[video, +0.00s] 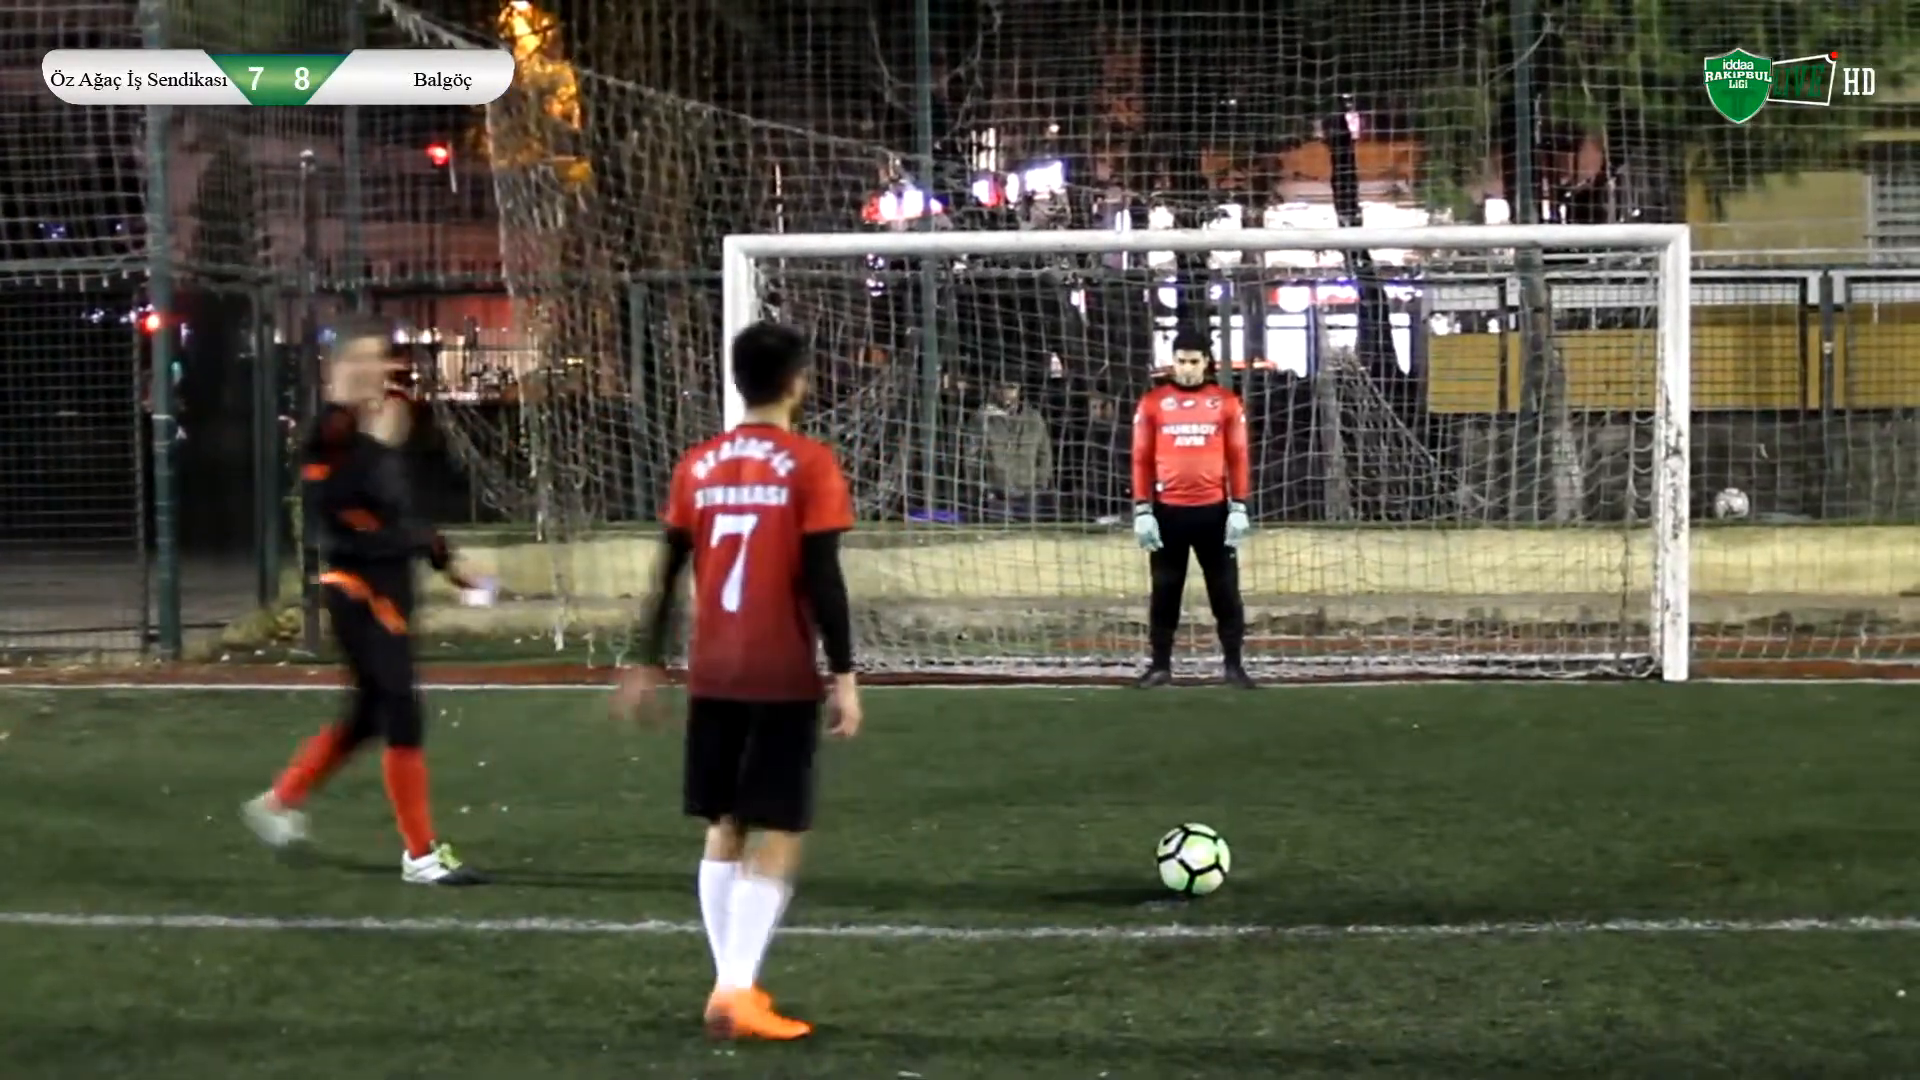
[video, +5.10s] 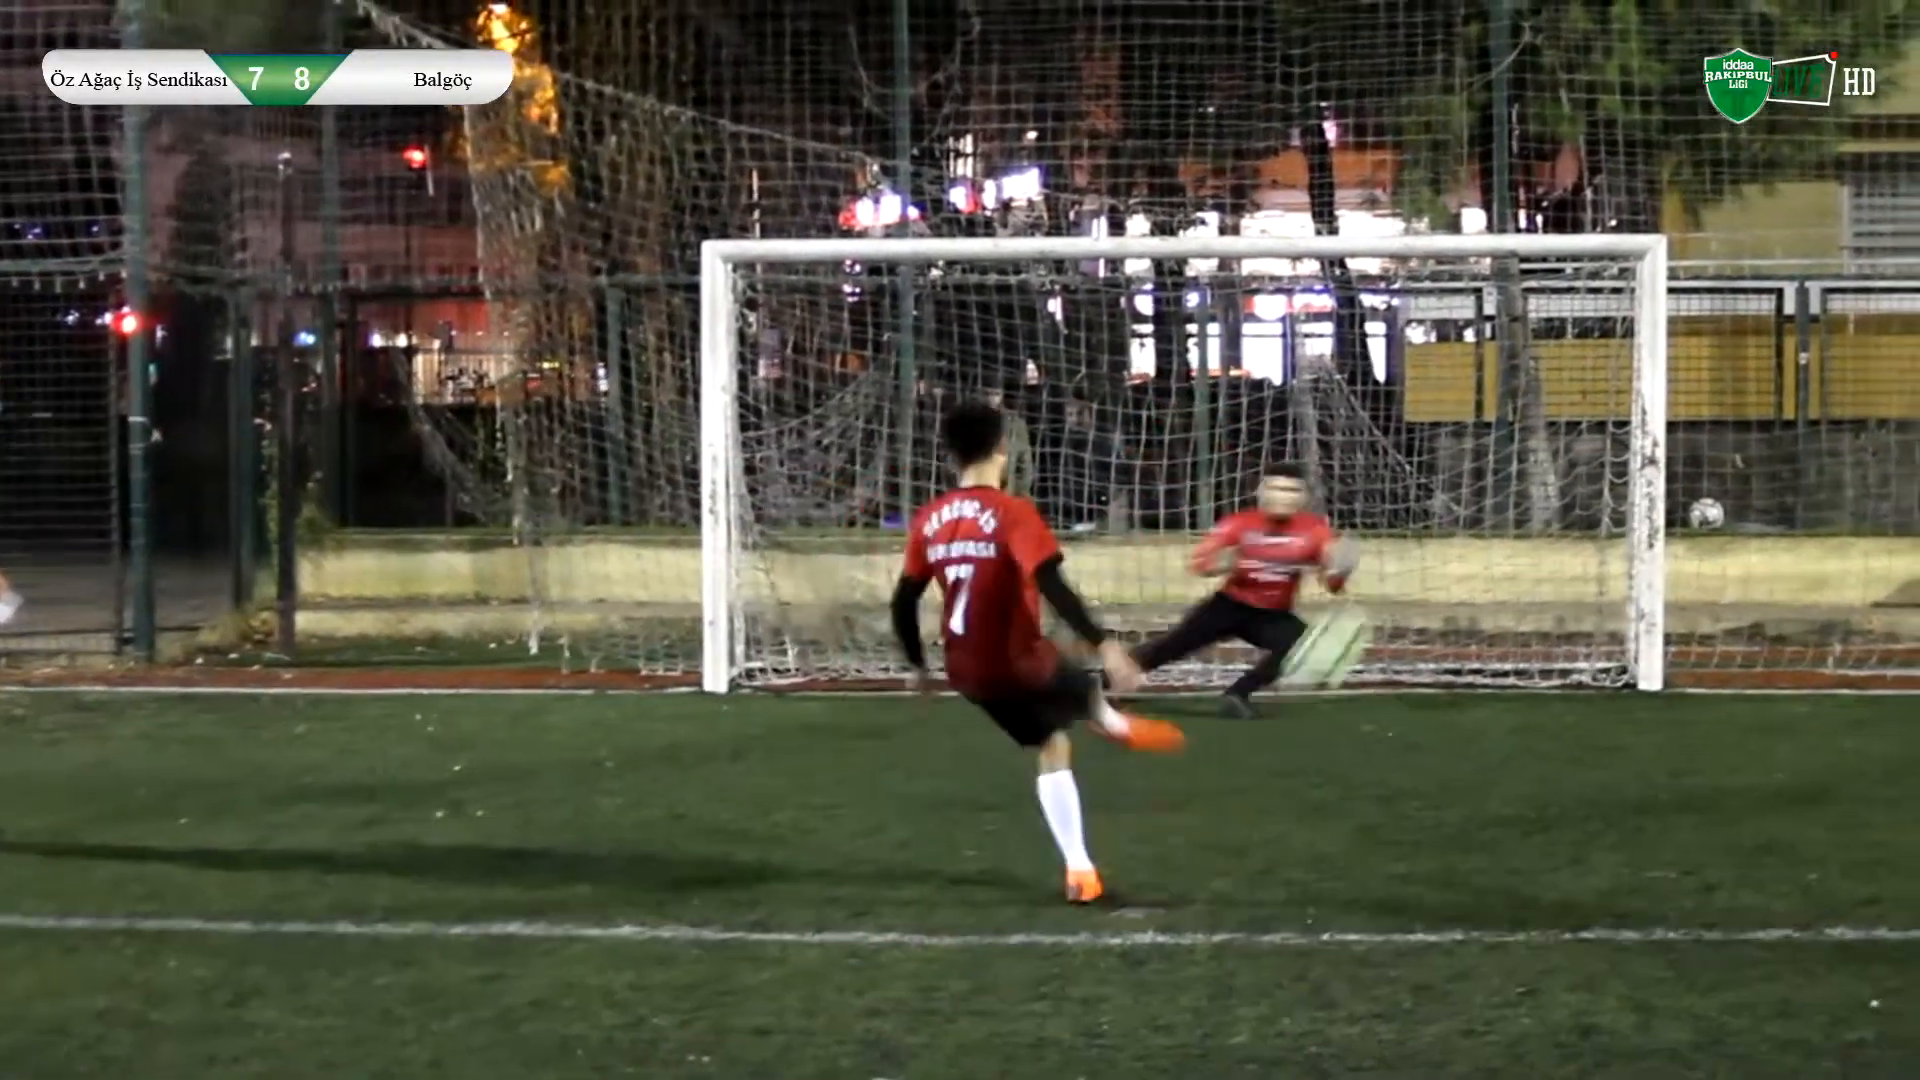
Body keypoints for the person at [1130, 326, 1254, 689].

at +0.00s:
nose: (1187, 368)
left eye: (1194, 361)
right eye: (1181, 361)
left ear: (1207, 363)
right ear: (1172, 364)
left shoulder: (1227, 402)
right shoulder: (1152, 403)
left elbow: (1238, 456)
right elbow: (1141, 458)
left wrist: (1239, 504)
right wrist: (1142, 508)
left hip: (1214, 509)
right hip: (1167, 510)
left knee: (1225, 593)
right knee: (1164, 592)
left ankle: (1233, 664)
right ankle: (1160, 665)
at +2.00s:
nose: (1188, 364)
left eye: (1195, 357)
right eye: (1182, 357)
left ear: (1209, 359)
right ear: (1174, 359)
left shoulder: (1230, 402)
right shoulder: (1155, 402)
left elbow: (1241, 455)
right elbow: (1145, 456)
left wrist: (1240, 503)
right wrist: (1147, 505)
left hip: (1216, 507)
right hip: (1170, 508)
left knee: (1228, 589)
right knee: (1167, 589)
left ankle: (1237, 662)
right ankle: (1163, 661)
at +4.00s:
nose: (1205, 381)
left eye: (1212, 374)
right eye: (1198, 374)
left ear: (1223, 375)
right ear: (1187, 375)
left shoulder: (1243, 415)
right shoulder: (1168, 415)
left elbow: (1252, 472)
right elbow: (1158, 472)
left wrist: (1253, 521)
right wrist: (1157, 523)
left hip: (1231, 516)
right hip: (1185, 516)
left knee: (1255, 589)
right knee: (1167, 593)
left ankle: (1256, 660)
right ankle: (1159, 664)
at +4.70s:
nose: (1205, 433)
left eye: (1212, 425)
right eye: (1198, 425)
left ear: (1225, 427)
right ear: (1189, 428)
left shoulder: (1250, 458)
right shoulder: (1179, 461)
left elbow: (1279, 500)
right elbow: (1148, 496)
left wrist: (1309, 540)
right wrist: (1112, 524)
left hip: (1246, 546)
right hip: (1199, 546)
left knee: (1270, 593)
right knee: (1160, 602)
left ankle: (1235, 657)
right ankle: (1114, 674)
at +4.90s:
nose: (1217, 488)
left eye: (1224, 479)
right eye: (1210, 480)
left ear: (1237, 482)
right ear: (1199, 484)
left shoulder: (1255, 512)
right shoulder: (1188, 512)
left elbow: (1283, 539)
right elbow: (1157, 543)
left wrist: (1300, 564)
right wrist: (1123, 566)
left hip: (1247, 585)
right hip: (1201, 581)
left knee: (1278, 608)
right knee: (1154, 620)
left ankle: (1248, 680)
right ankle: (1104, 681)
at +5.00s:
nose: (1235, 495)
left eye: (1245, 488)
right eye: (1229, 486)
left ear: (1259, 495)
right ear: (1219, 489)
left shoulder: (1270, 524)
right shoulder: (1203, 520)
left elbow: (1296, 555)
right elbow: (1179, 548)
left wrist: (1313, 576)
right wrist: (1149, 564)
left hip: (1254, 601)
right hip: (1209, 595)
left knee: (1283, 631)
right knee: (1155, 627)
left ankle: (1240, 692)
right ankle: (1098, 687)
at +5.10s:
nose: (1282, 498)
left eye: (1291, 491)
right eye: (1275, 490)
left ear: (1303, 497)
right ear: (1262, 493)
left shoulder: (1314, 530)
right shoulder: (1242, 525)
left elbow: (1333, 585)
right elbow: (1199, 562)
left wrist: (1340, 568)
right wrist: (1222, 564)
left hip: (1272, 616)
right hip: (1229, 608)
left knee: (1300, 639)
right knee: (1180, 642)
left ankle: (1238, 694)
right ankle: (1112, 674)